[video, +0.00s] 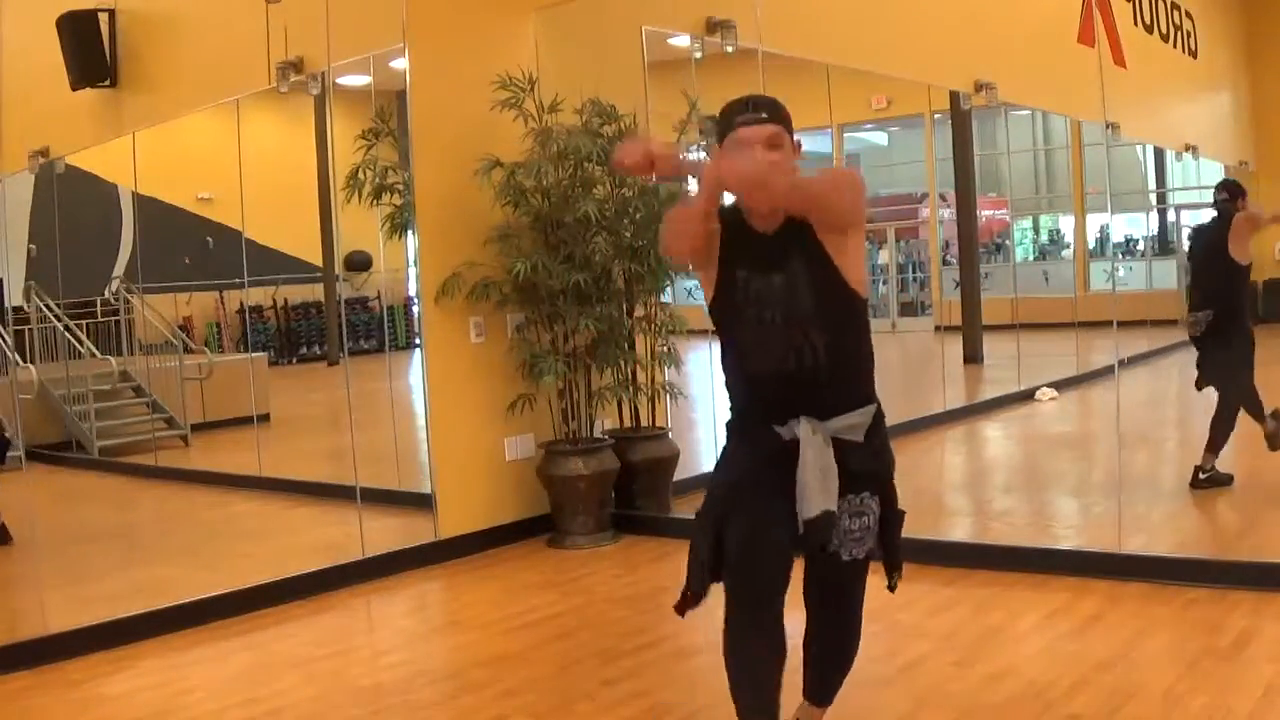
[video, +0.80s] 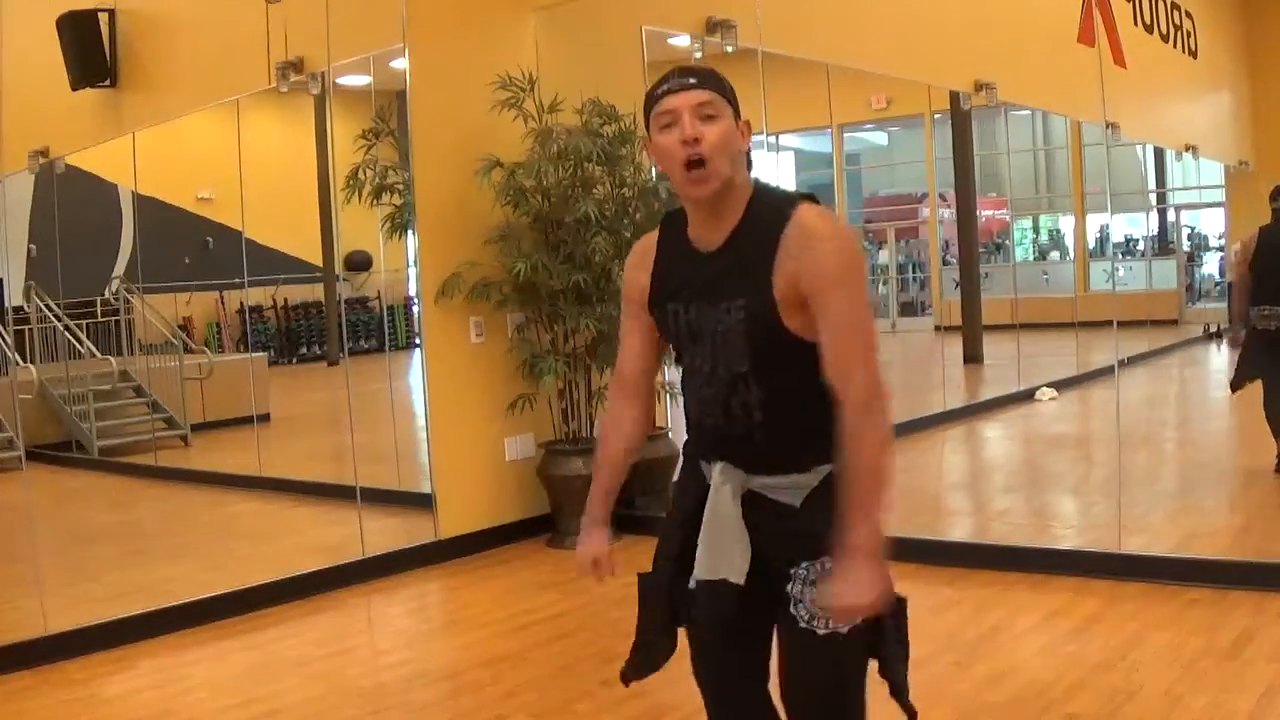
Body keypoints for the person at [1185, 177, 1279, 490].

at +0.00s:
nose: (1247, 204)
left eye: (1244, 200)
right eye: (1246, 200)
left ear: (1218, 202)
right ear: (1239, 201)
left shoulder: (1201, 233)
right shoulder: (1242, 221)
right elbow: (1267, 219)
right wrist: (1261, 216)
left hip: (1205, 327)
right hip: (1233, 327)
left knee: (1240, 382)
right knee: (1230, 396)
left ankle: (1268, 425)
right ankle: (1205, 468)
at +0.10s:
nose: (1253, 210)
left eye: (1251, 205)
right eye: (1251, 205)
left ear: (1223, 208)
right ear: (1244, 206)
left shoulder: (1207, 240)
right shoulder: (1257, 232)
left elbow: (1210, 286)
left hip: (1214, 332)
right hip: (1244, 332)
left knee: (1247, 395)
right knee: (1243, 398)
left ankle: (1274, 451)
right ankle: (1205, 467)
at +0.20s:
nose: (1261, 212)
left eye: (1258, 206)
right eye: (1258, 207)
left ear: (1229, 211)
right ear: (1250, 209)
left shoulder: (1217, 245)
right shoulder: (1263, 240)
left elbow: (1218, 289)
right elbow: (1270, 285)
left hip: (1225, 334)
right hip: (1254, 334)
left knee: (1259, 398)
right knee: (1247, 401)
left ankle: (1279, 450)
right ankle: (1208, 465)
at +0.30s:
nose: (1270, 211)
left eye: (1268, 206)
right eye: (1268, 206)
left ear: (1239, 212)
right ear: (1261, 207)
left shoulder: (1223, 248)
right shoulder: (1273, 237)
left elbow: (1200, 289)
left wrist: (1177, 324)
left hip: (1236, 331)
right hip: (1269, 330)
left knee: (1262, 397)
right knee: (1256, 397)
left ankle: (1278, 451)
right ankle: (1214, 457)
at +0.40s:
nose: (1278, 207)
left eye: (1275, 202)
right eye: (1276, 202)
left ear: (1248, 208)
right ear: (1271, 204)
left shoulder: (1236, 239)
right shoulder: (1275, 232)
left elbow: (1197, 256)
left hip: (1244, 328)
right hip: (1271, 326)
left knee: (1265, 393)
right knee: (1270, 393)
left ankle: (1278, 452)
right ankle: (1232, 442)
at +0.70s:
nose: (1273, 205)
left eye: (1272, 199)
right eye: (1274, 199)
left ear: (1266, 202)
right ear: (1276, 202)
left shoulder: (1248, 237)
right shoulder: (1248, 238)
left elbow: (1219, 272)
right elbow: (1219, 272)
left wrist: (1197, 291)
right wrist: (1199, 290)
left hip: (1263, 324)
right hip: (1269, 324)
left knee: (1271, 391)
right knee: (1270, 391)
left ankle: (1279, 452)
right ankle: (1278, 452)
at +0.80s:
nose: (1275, 208)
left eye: (1276, 202)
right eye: (1275, 202)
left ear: (1272, 204)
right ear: (1272, 204)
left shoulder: (1257, 239)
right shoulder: (1257, 239)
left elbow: (1243, 286)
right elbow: (1243, 286)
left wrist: (1238, 325)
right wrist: (1239, 325)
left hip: (1266, 326)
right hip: (1268, 327)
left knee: (1272, 397)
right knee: (1272, 398)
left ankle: (1278, 451)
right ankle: (1277, 451)